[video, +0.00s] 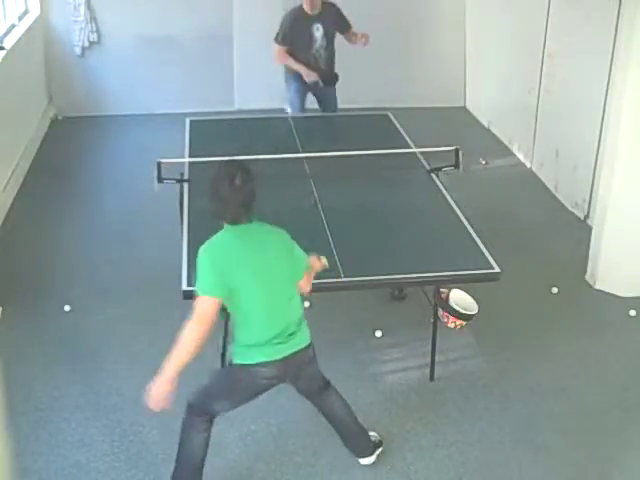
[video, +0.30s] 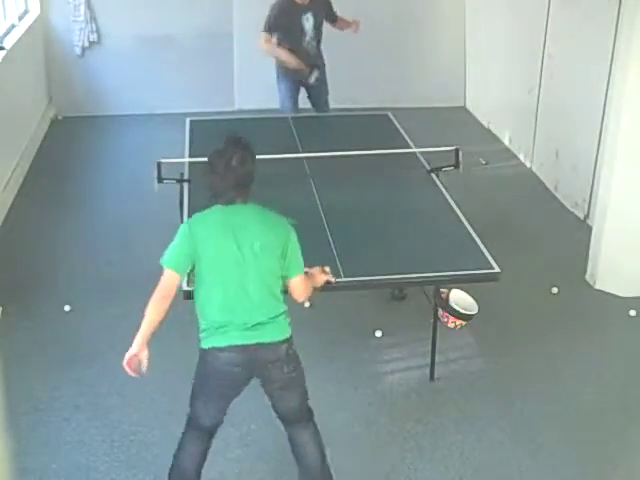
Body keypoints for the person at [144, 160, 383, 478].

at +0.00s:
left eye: (217, 195)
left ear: (216, 201)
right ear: (251, 198)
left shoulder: (213, 251)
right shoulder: (278, 236)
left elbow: (202, 321)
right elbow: (304, 286)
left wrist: (167, 376)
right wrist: (313, 267)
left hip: (255, 365)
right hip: (300, 353)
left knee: (200, 409)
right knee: (323, 391)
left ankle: (184, 475)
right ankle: (365, 448)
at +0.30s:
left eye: (215, 173)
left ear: (212, 180)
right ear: (250, 179)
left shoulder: (195, 228)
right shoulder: (280, 226)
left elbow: (165, 291)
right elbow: (300, 293)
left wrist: (140, 342)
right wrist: (315, 279)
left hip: (222, 353)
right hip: (276, 349)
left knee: (198, 432)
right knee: (300, 423)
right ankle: (320, 477)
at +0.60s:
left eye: (231, 178)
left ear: (227, 183)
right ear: (266, 184)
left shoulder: (205, 234)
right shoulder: (289, 228)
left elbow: (179, 305)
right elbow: (316, 290)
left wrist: (153, 350)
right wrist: (297, 296)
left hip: (219, 371)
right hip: (274, 369)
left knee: (193, 452)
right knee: (306, 445)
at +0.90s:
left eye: (226, 185)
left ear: (227, 192)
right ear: (265, 189)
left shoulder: (218, 251)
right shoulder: (297, 231)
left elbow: (216, 332)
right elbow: (343, 274)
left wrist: (203, 400)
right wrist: (309, 305)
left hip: (240, 384)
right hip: (294, 379)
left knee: (202, 455)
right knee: (318, 449)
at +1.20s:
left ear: (185, 231)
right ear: (228, 234)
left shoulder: (153, 284)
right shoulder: (250, 284)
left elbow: (120, 348)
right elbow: (270, 361)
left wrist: (100, 407)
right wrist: (274, 373)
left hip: (180, 425)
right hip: (241, 420)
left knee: (161, 473)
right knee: (292, 472)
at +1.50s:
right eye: (188, 245)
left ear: (139, 241)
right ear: (185, 252)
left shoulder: (104, 288)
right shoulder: (199, 313)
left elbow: (46, 351)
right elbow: (206, 399)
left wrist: (46, 395)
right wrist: (219, 386)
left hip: (87, 458)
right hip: (153, 464)